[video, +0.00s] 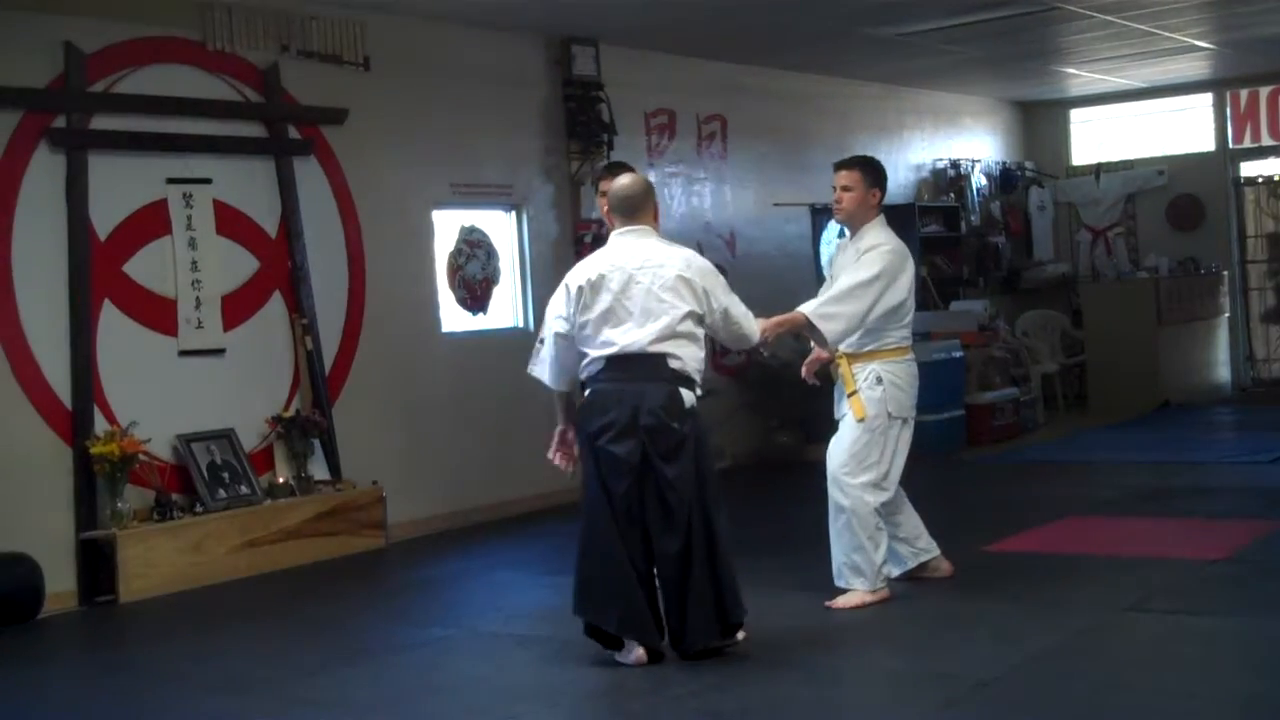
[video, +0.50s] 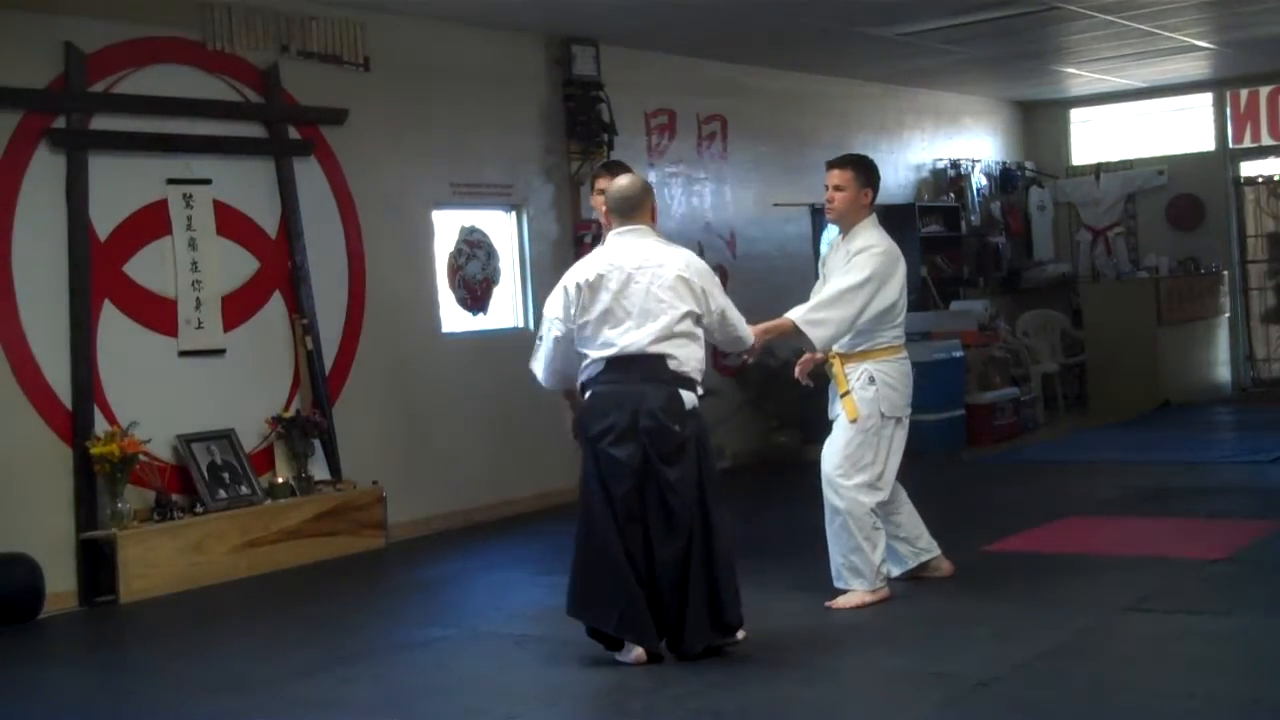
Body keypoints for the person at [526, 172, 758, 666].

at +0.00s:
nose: (601, 214)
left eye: (601, 208)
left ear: (608, 215)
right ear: (656, 212)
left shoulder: (583, 273)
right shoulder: (688, 264)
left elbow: (558, 357)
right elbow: (742, 332)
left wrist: (564, 421)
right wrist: (777, 324)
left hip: (604, 400)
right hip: (668, 396)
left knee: (615, 518)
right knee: (686, 513)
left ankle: (635, 639)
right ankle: (706, 629)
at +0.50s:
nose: (595, 216)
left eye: (596, 210)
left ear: (605, 215)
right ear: (653, 211)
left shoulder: (581, 274)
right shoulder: (687, 265)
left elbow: (551, 369)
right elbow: (738, 339)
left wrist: (579, 402)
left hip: (606, 401)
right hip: (671, 398)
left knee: (616, 517)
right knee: (689, 511)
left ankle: (635, 638)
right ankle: (714, 623)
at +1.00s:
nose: (747, 221)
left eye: (743, 213)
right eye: (745, 214)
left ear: (695, 220)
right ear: (738, 218)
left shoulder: (663, 266)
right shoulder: (759, 274)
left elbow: (634, 321)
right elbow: (810, 351)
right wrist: (812, 375)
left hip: (665, 400)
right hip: (730, 403)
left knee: (661, 519)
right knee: (760, 516)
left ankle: (643, 637)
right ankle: (808, 623)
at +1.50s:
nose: (856, 236)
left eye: (855, 228)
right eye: (856, 228)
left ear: (808, 223)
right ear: (844, 227)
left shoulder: (771, 261)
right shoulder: (845, 277)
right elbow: (910, 336)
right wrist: (941, 346)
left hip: (714, 381)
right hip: (774, 393)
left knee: (693, 502)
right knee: (802, 513)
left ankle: (650, 612)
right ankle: (815, 624)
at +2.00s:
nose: (847, 232)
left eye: (846, 224)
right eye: (845, 224)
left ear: (792, 221)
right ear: (831, 224)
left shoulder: (755, 259)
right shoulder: (837, 275)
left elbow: (736, 307)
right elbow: (895, 334)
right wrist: (930, 358)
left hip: (714, 378)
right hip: (777, 388)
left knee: (697, 501)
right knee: (797, 513)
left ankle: (674, 609)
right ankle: (811, 625)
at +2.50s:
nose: (738, 221)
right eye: (737, 214)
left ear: (685, 219)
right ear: (733, 216)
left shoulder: (650, 276)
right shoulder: (761, 273)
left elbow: (631, 360)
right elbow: (791, 354)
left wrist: (673, 372)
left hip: (668, 410)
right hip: (737, 409)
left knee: (675, 526)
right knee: (755, 519)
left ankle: (683, 644)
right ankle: (792, 625)